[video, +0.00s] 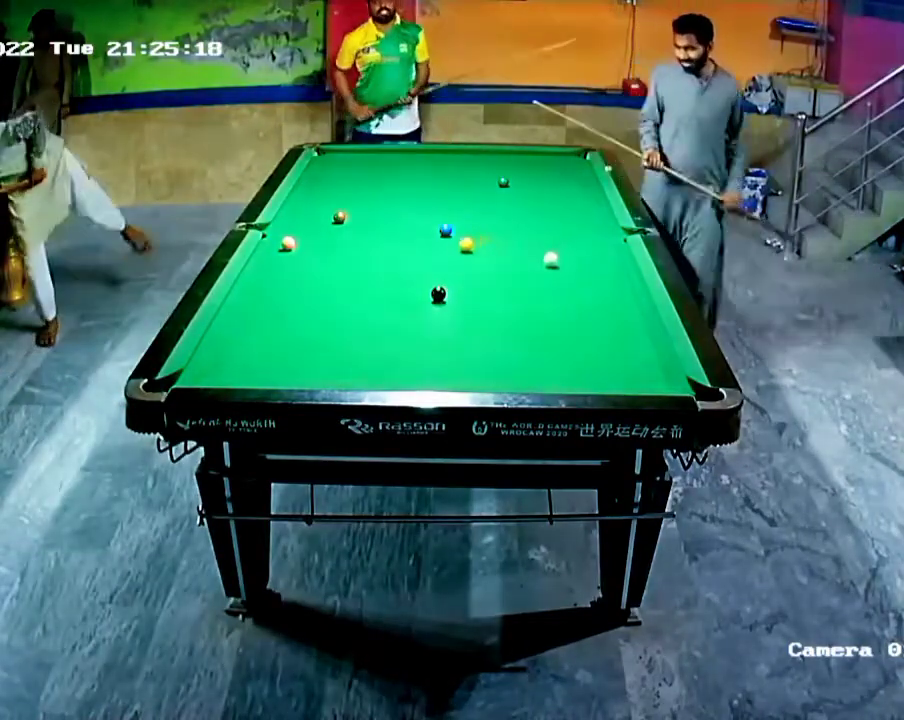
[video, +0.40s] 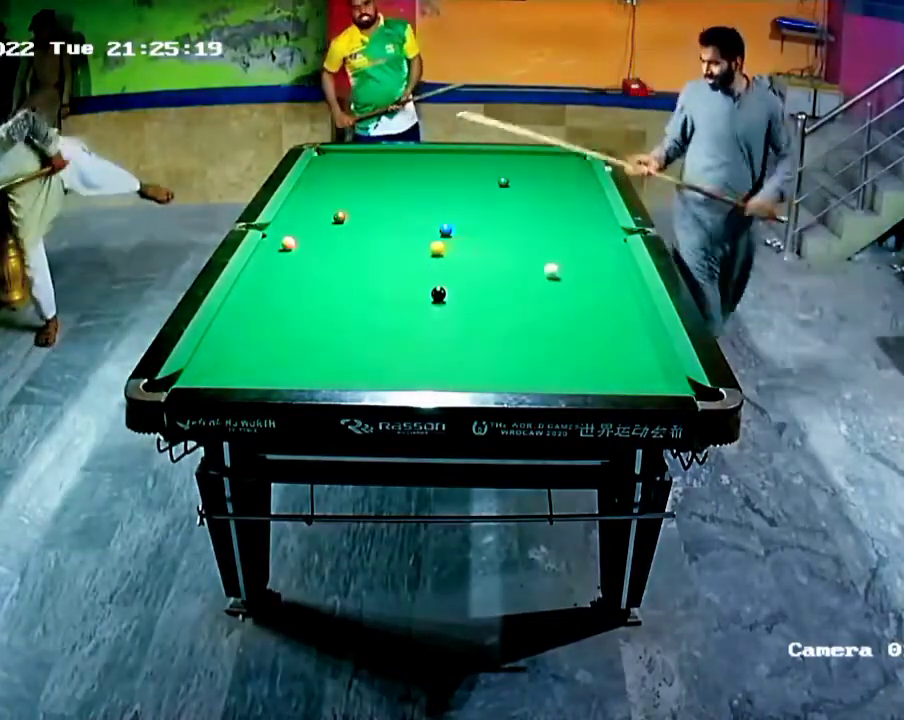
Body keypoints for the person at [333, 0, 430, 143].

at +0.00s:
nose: (383, 6)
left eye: (388, 1)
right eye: (377, 2)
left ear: (395, 4)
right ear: (369, 5)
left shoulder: (415, 33)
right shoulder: (355, 38)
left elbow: (423, 66)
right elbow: (339, 72)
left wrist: (416, 88)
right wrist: (354, 106)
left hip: (407, 128)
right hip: (369, 130)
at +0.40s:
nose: (362, 11)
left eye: (367, 5)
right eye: (356, 7)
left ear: (375, 5)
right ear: (350, 11)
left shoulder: (401, 30)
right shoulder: (341, 44)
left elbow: (415, 60)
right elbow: (327, 74)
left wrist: (408, 92)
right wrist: (337, 113)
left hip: (404, 126)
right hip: (367, 130)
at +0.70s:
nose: (345, 18)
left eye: (348, 9)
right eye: (337, 15)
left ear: (354, 7)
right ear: (330, 20)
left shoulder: (385, 29)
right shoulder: (329, 52)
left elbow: (403, 55)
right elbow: (317, 85)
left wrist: (402, 86)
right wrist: (331, 125)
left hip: (402, 120)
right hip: (367, 131)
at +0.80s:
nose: (345, 18)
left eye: (347, 9)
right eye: (336, 15)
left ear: (353, 7)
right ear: (329, 21)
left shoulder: (383, 29)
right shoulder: (327, 54)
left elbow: (401, 54)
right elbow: (317, 88)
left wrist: (401, 86)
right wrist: (331, 128)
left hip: (402, 119)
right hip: (367, 130)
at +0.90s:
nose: (345, 18)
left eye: (347, 9)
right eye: (336, 16)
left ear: (352, 7)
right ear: (329, 22)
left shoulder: (382, 29)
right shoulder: (326, 56)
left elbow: (400, 56)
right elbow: (322, 94)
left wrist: (402, 86)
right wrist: (333, 133)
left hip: (403, 117)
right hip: (370, 130)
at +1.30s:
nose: (374, 10)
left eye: (375, 4)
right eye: (365, 7)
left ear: (380, 5)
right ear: (355, 14)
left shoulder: (400, 29)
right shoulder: (348, 51)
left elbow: (411, 63)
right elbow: (346, 98)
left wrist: (436, 86)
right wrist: (368, 127)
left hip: (415, 123)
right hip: (382, 132)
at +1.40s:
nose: (395, 11)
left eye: (398, 4)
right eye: (386, 6)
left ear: (403, 5)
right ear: (375, 11)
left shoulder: (413, 32)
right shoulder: (366, 47)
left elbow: (421, 66)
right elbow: (359, 90)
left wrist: (453, 88)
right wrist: (378, 127)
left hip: (426, 123)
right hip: (396, 131)